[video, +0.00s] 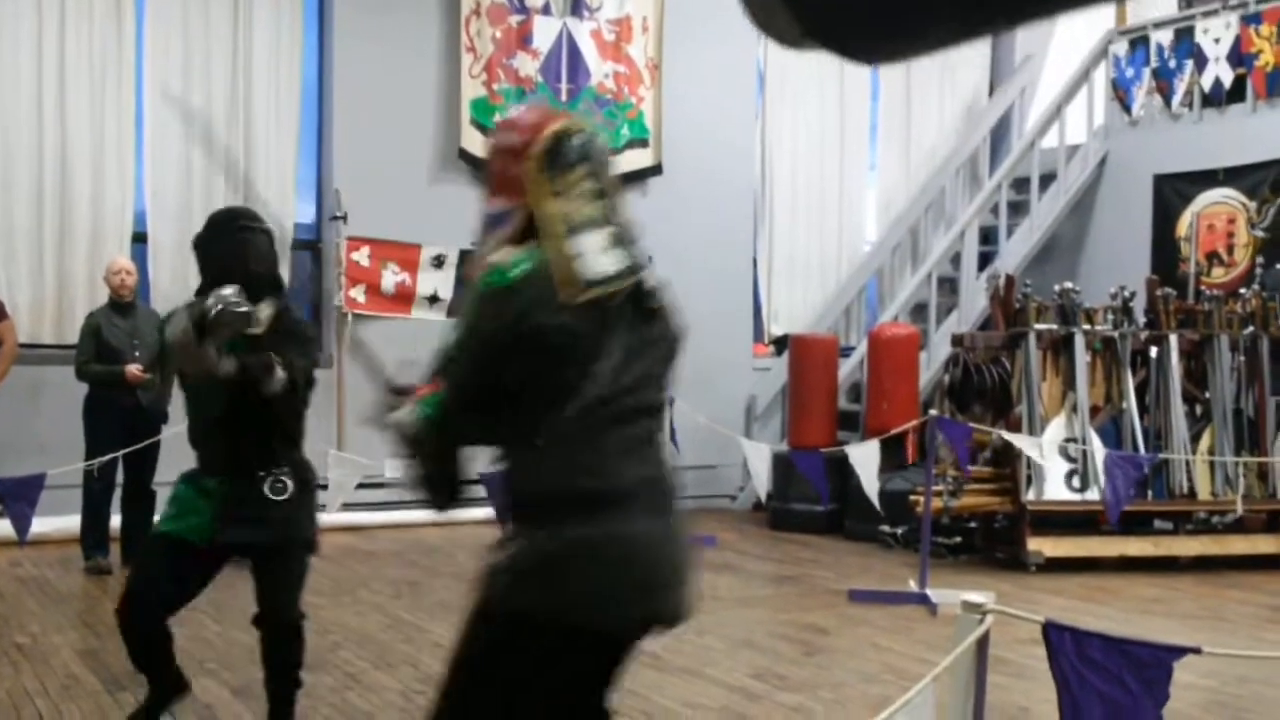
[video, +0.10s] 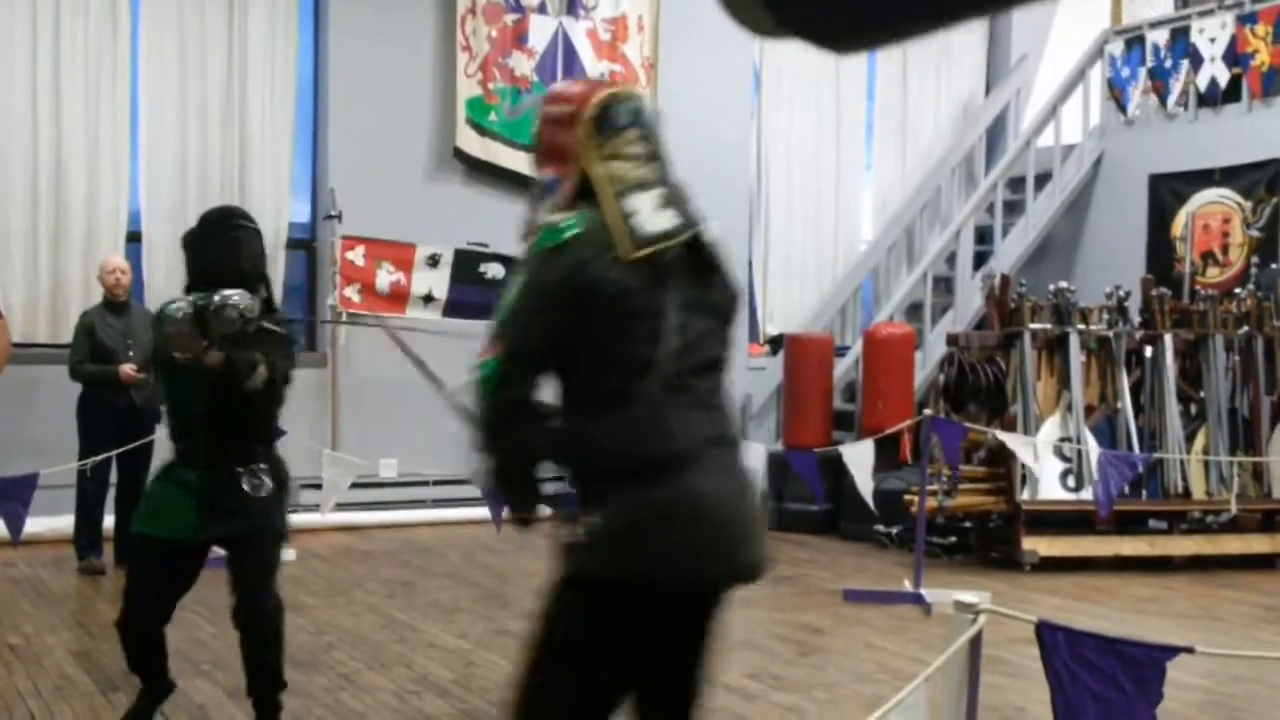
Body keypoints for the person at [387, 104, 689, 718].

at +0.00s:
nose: (490, 198)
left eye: (498, 182)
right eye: (493, 181)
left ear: (519, 189)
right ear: (591, 180)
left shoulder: (515, 287)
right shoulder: (639, 291)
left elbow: (455, 413)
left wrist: (423, 422)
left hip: (558, 565)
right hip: (646, 559)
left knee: (473, 708)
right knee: (571, 704)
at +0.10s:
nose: (551, 170)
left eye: (560, 153)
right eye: (551, 152)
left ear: (585, 160)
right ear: (652, 155)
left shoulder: (572, 250)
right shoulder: (701, 256)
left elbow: (507, 380)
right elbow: (697, 380)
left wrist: (518, 480)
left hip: (628, 533)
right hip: (716, 522)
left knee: (554, 706)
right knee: (668, 703)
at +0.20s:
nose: (602, 180)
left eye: (610, 164)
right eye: (600, 163)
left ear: (634, 169)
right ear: (698, 161)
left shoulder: (633, 273)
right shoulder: (750, 259)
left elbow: (593, 400)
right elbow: (756, 389)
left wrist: (593, 506)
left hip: (707, 541)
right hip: (788, 521)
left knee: (628, 706)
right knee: (771, 689)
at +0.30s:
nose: (654, 216)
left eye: (660, 197)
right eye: (654, 197)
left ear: (688, 202)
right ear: (743, 191)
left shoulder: (725, 301)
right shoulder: (797, 285)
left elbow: (735, 442)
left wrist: (684, 519)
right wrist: (689, 520)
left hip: (777, 568)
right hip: (842, 555)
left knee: (670, 706)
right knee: (883, 692)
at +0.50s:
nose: (818, 274)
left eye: (831, 253)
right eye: (814, 253)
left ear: (870, 245)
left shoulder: (899, 330)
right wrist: (845, 521)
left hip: (941, 563)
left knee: (832, 706)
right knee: (1011, 697)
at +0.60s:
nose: (861, 228)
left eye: (868, 206)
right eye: (860, 207)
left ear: (906, 209)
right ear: (934, 206)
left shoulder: (949, 293)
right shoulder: (991, 280)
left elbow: (975, 420)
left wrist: (908, 489)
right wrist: (899, 470)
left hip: (975, 537)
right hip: (1021, 529)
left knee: (855, 675)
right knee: (1036, 692)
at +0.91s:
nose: (948, 199)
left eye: (954, 180)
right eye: (947, 182)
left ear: (986, 180)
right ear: (1026, 171)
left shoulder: (1023, 245)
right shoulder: (1071, 247)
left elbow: (1006, 374)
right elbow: (1085, 383)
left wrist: (938, 438)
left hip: (1015, 504)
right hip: (1063, 502)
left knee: (879, 621)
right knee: (1066, 679)